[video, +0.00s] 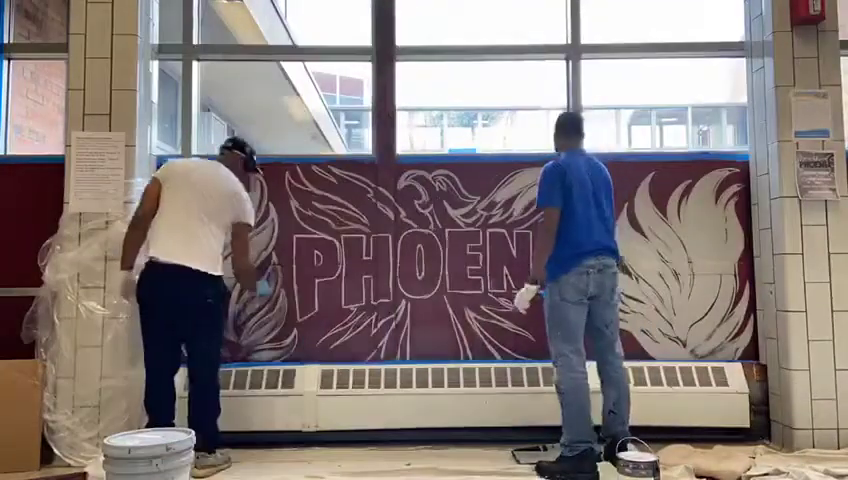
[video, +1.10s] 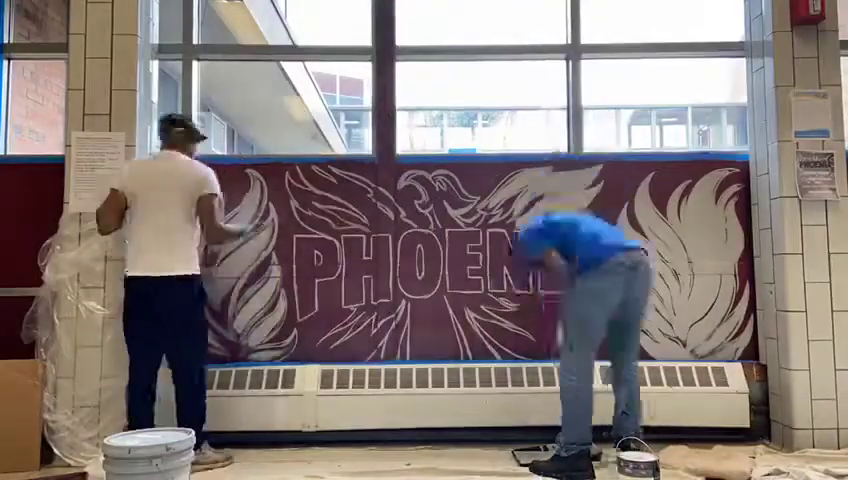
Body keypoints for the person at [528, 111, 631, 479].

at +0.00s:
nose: (558, 140)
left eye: (557, 134)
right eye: (566, 133)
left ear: (556, 136)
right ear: (582, 135)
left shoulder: (555, 169)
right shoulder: (601, 169)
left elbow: (550, 222)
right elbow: (608, 219)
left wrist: (538, 265)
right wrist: (594, 252)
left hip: (570, 269)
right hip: (607, 267)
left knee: (568, 359)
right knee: (610, 355)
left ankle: (578, 451)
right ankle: (617, 437)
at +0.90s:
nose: (564, 144)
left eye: (561, 138)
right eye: (576, 138)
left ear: (559, 138)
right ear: (586, 139)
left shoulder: (555, 170)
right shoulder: (600, 171)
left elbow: (550, 226)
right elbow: (607, 222)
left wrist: (533, 275)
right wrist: (608, 255)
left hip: (569, 270)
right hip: (605, 267)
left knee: (566, 359)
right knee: (611, 354)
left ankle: (574, 450)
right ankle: (621, 435)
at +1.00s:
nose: (531, 149)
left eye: (531, 143)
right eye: (538, 142)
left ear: (533, 142)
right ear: (560, 140)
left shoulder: (543, 170)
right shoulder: (577, 167)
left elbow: (548, 228)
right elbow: (576, 218)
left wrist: (531, 282)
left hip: (566, 271)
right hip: (598, 265)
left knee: (563, 358)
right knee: (604, 349)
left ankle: (573, 451)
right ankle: (620, 434)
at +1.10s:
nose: (540, 269)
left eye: (535, 263)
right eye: (535, 265)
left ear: (521, 245)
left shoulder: (530, 233)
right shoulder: (571, 225)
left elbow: (558, 263)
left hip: (601, 269)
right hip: (639, 264)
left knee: (577, 359)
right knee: (625, 359)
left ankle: (574, 450)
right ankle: (628, 438)